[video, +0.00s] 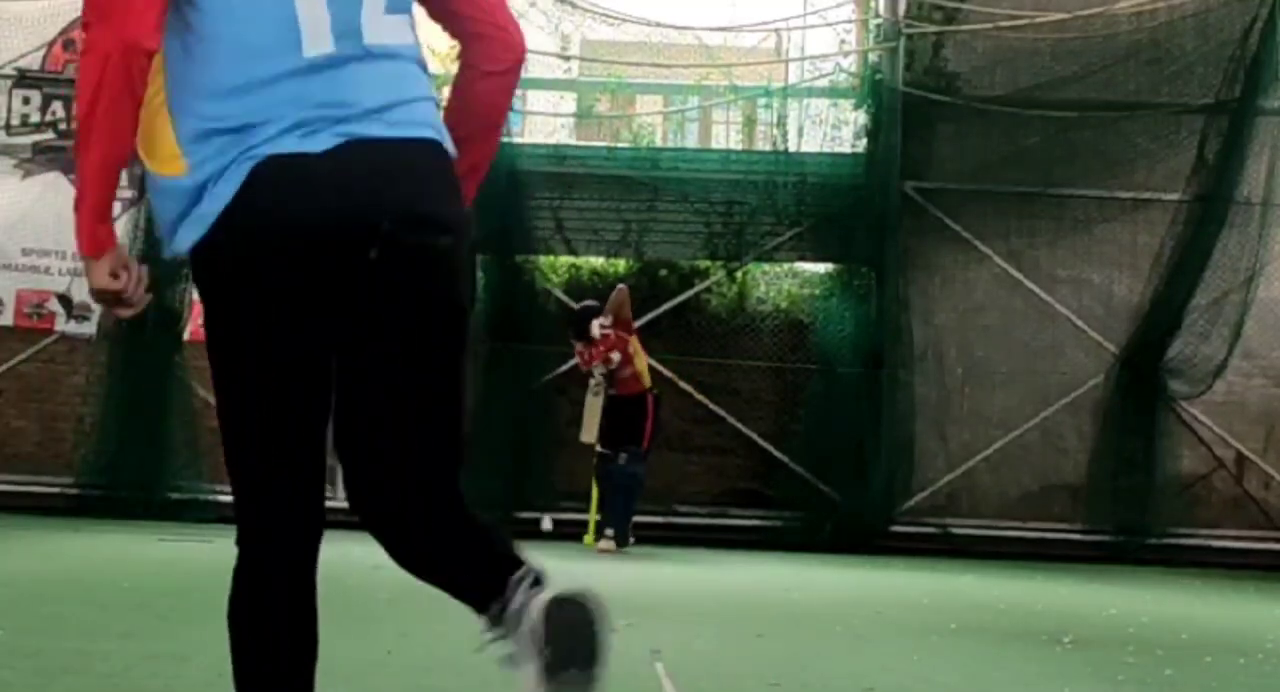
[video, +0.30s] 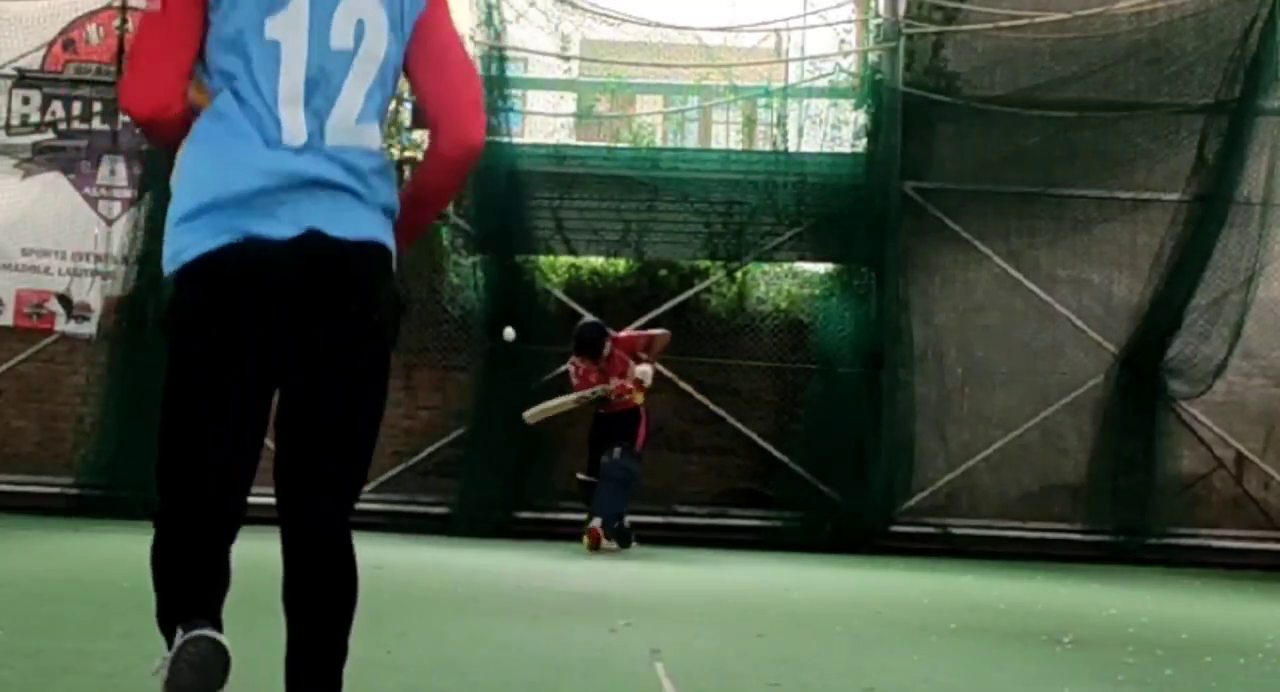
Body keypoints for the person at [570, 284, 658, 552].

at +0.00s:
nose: (601, 328)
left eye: (599, 324)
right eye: (596, 326)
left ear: (599, 323)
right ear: (586, 331)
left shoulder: (621, 330)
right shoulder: (587, 351)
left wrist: (607, 318)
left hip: (636, 394)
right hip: (612, 395)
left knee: (630, 459)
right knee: (607, 457)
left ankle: (620, 528)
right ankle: (608, 527)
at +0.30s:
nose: (604, 354)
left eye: (604, 349)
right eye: (594, 354)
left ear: (607, 343)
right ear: (584, 352)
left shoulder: (620, 342)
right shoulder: (578, 365)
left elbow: (663, 335)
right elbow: (584, 395)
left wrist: (647, 361)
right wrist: (605, 393)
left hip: (630, 409)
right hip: (603, 413)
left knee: (620, 463)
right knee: (597, 469)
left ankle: (600, 522)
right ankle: (615, 526)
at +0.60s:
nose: (600, 354)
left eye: (604, 348)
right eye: (594, 349)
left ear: (614, 339)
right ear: (586, 343)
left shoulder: (631, 357)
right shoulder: (580, 359)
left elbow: (640, 395)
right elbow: (572, 393)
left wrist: (625, 410)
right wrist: (585, 400)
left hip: (616, 423)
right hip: (588, 421)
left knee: (607, 476)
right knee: (585, 476)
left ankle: (593, 535)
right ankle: (590, 531)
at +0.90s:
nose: (603, 321)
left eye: (609, 315)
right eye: (598, 315)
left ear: (618, 318)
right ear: (590, 318)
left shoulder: (631, 351)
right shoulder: (578, 348)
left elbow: (633, 389)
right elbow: (575, 385)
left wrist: (629, 420)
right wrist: (576, 416)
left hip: (616, 409)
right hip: (587, 408)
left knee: (605, 472)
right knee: (577, 469)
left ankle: (594, 534)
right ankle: (583, 531)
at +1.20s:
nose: (604, 296)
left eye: (611, 291)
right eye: (600, 290)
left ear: (622, 296)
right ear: (594, 294)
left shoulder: (633, 335)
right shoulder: (580, 327)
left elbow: (638, 380)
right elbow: (560, 363)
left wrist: (639, 421)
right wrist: (542, 397)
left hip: (615, 402)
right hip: (584, 401)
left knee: (603, 464)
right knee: (568, 462)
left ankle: (594, 535)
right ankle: (582, 529)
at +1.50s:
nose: (614, 295)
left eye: (621, 291)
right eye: (611, 288)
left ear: (627, 298)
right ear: (601, 292)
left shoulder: (633, 331)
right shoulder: (580, 324)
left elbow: (638, 368)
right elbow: (561, 364)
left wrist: (640, 396)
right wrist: (578, 366)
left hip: (620, 396)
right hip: (590, 395)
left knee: (613, 459)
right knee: (585, 458)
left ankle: (601, 527)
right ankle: (587, 525)